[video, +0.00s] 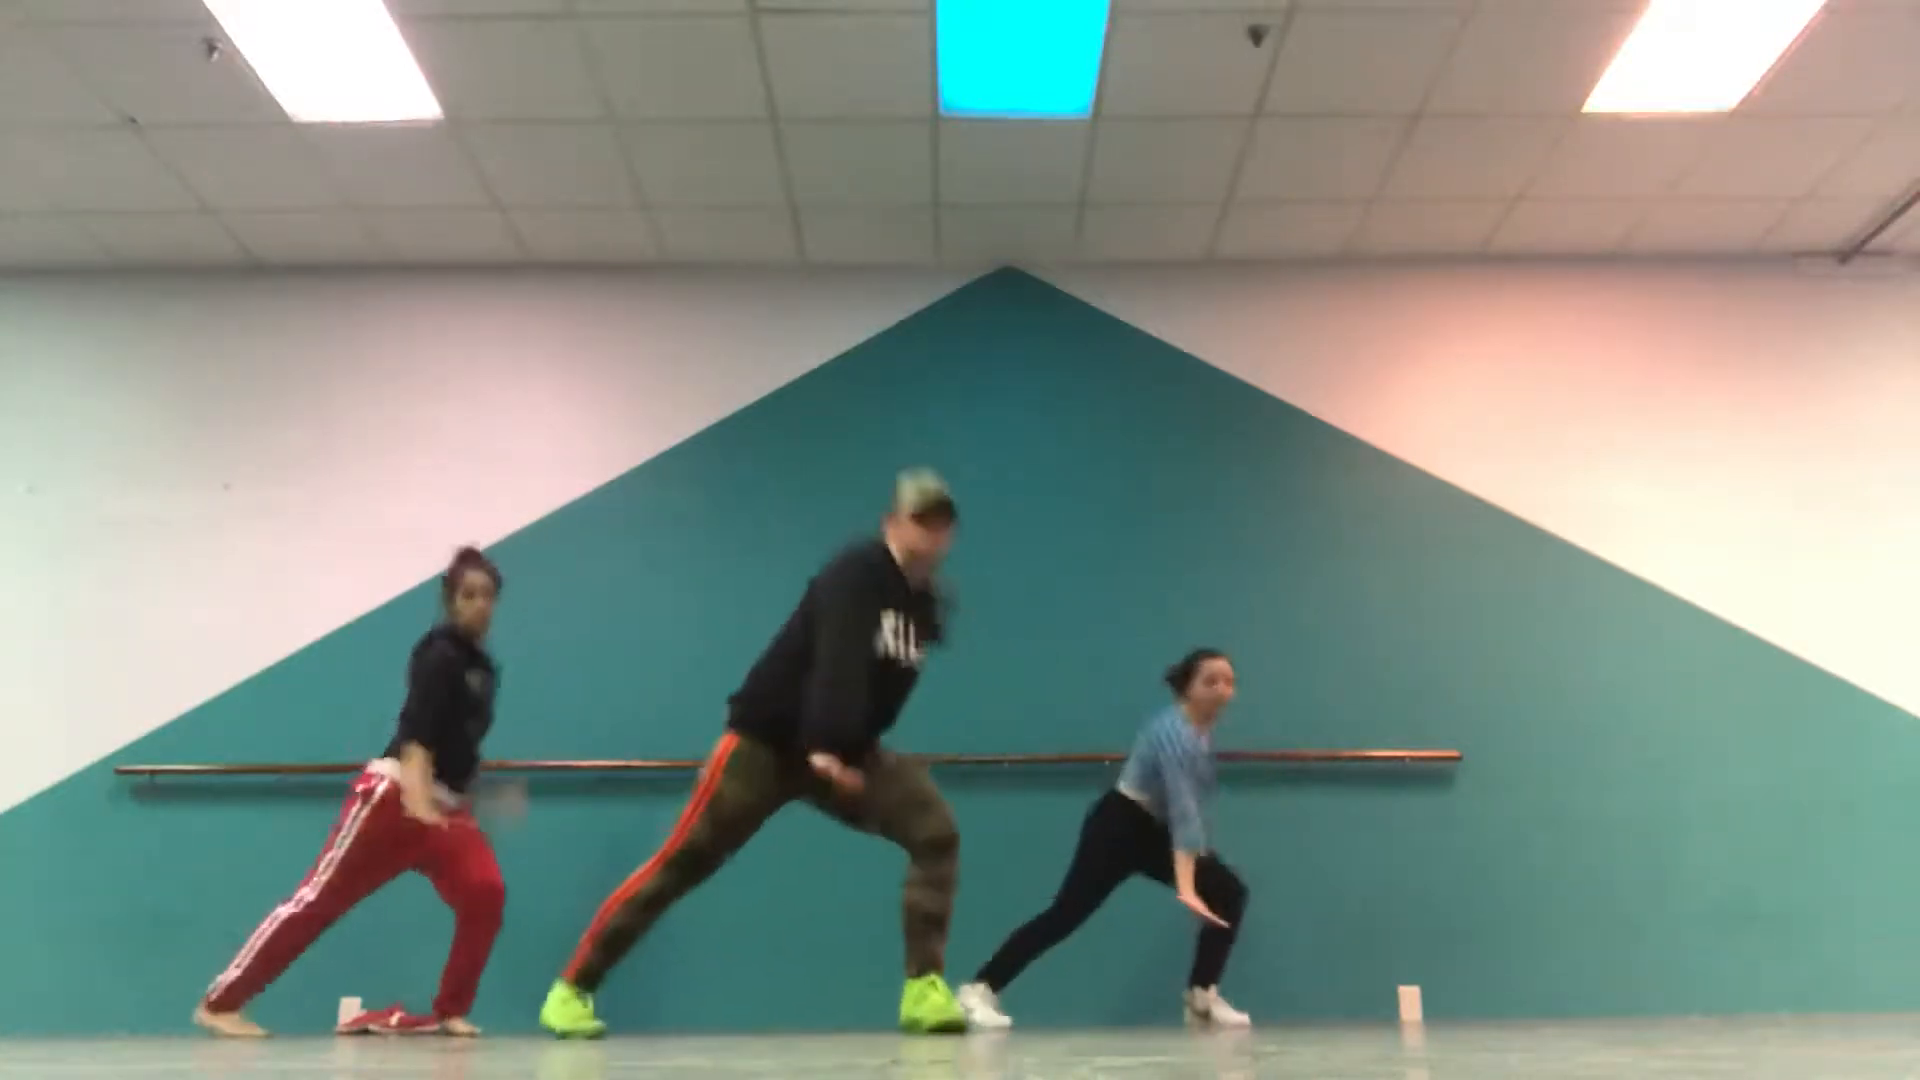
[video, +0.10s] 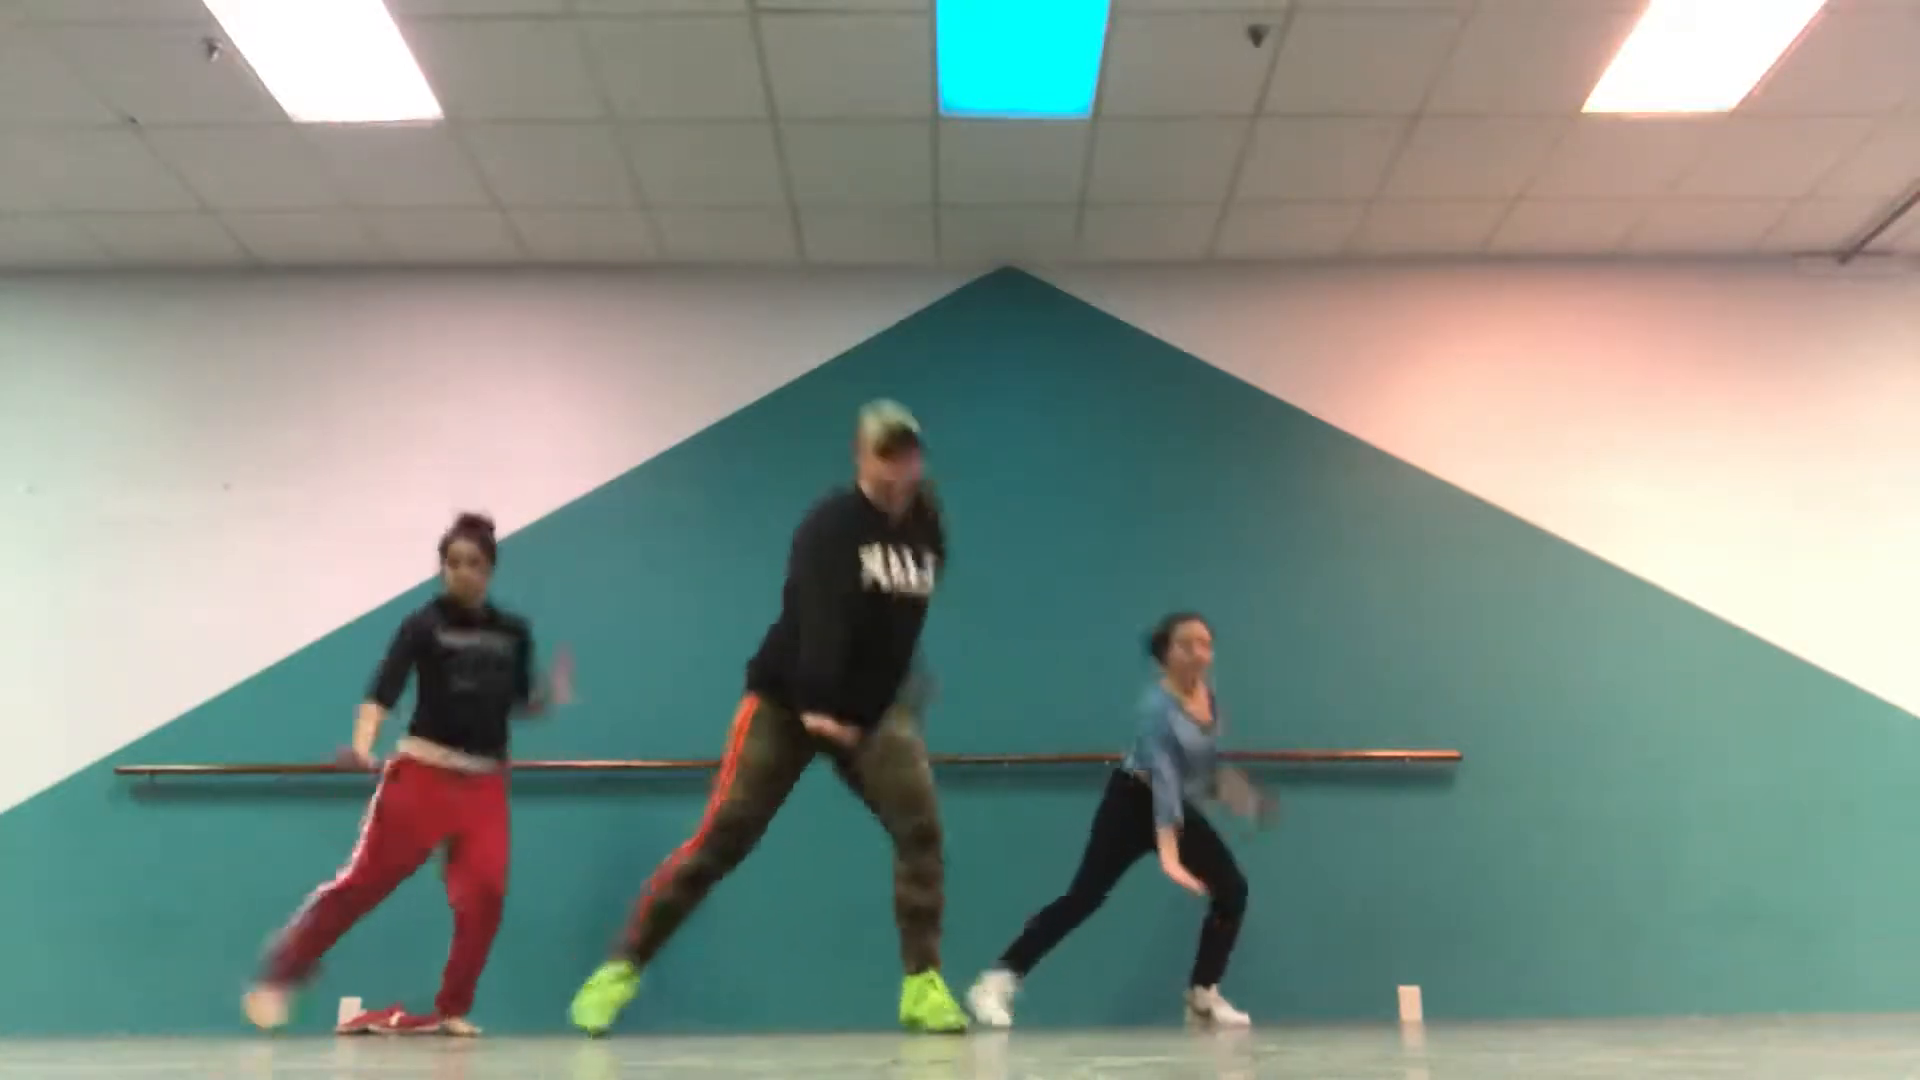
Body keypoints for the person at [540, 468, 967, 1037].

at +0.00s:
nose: (931, 537)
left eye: (941, 526)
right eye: (920, 522)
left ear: (950, 533)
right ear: (891, 523)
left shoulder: (923, 601)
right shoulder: (854, 575)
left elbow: (887, 674)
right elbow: (836, 657)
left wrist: (858, 746)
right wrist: (825, 743)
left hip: (844, 754)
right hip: (767, 743)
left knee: (934, 834)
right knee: (683, 862)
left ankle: (924, 989)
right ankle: (573, 989)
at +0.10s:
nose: (897, 470)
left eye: (907, 457)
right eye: (884, 457)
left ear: (921, 462)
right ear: (861, 462)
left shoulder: (926, 524)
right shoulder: (831, 523)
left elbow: (899, 620)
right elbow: (813, 613)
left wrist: (875, 701)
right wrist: (817, 700)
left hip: (872, 709)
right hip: (789, 701)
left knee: (919, 826)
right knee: (727, 833)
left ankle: (922, 983)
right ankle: (624, 967)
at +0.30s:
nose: (820, 469)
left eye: (831, 456)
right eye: (807, 460)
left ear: (856, 461)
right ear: (793, 474)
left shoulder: (901, 506)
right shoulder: (781, 548)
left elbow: (985, 506)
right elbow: (758, 626)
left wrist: (944, 512)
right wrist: (759, 699)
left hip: (899, 681)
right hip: (819, 703)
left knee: (917, 741)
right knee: (791, 845)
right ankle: (778, 979)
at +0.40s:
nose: (798, 471)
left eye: (809, 458)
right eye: (787, 461)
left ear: (837, 465)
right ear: (774, 473)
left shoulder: (879, 508)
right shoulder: (768, 554)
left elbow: (952, 551)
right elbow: (760, 641)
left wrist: (892, 603)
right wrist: (779, 709)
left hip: (929, 685)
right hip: (844, 704)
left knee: (967, 777)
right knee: (789, 834)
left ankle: (1031, 867)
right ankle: (783, 981)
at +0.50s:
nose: (803, 489)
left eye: (817, 476)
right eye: (792, 477)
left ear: (847, 483)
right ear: (781, 488)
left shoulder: (883, 535)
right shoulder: (781, 576)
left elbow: (913, 628)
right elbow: (789, 667)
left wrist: (878, 709)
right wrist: (817, 723)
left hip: (944, 696)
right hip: (864, 719)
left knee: (1013, 822)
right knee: (781, 824)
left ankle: (1118, 957)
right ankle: (805, 981)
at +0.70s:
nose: (843, 481)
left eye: (855, 468)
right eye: (833, 469)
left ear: (880, 471)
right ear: (821, 478)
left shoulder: (910, 520)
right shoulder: (822, 558)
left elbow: (925, 610)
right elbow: (805, 638)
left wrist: (877, 693)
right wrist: (837, 698)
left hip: (979, 695)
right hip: (904, 716)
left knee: (1038, 821)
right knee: (819, 814)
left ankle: (1147, 975)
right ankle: (811, 988)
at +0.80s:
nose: (856, 449)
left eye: (869, 435)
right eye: (846, 436)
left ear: (894, 442)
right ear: (833, 447)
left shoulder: (922, 482)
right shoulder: (827, 508)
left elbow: (946, 523)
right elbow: (763, 559)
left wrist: (861, 564)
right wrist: (809, 561)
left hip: (985, 649)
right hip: (917, 673)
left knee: (1002, 778)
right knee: (868, 800)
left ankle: (1122, 909)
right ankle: (891, 962)